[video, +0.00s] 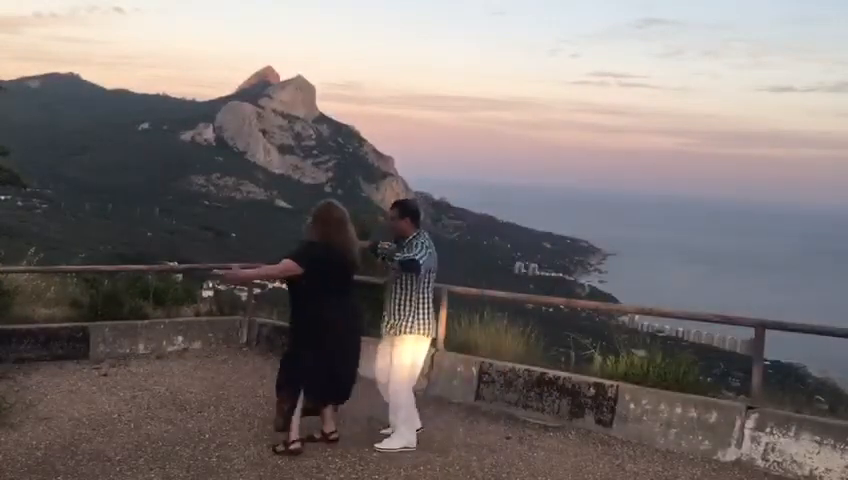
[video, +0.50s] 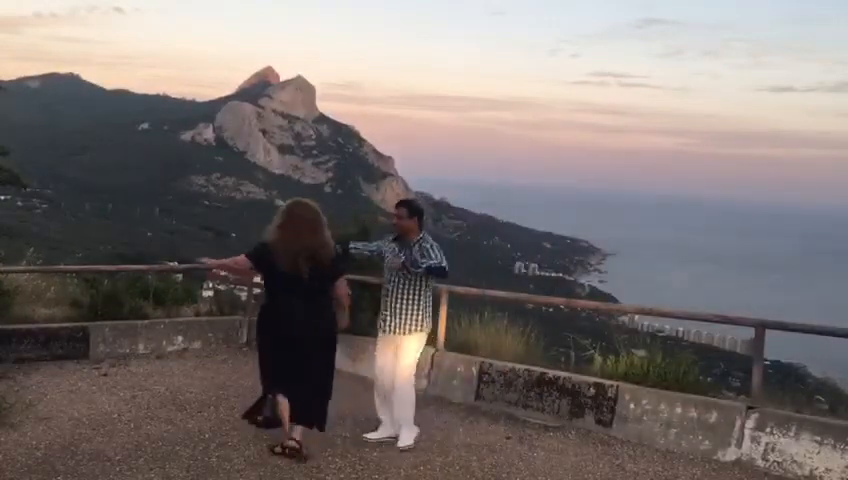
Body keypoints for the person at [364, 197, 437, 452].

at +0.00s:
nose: (390, 225)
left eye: (394, 219)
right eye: (390, 219)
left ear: (407, 221)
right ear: (404, 221)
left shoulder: (423, 244)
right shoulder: (401, 246)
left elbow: (413, 264)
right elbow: (382, 252)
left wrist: (389, 256)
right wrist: (374, 247)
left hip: (414, 327)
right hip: (394, 325)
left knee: (400, 382)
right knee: (383, 376)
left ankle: (404, 436)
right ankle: (408, 420)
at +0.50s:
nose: (394, 221)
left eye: (400, 217)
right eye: (395, 217)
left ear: (415, 220)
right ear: (397, 219)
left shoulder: (426, 245)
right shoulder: (390, 244)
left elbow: (442, 271)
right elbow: (365, 248)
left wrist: (413, 265)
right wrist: (341, 247)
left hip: (414, 325)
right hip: (388, 322)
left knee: (402, 377)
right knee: (382, 375)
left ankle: (407, 429)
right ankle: (388, 426)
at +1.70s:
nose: (417, 234)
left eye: (422, 230)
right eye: (415, 229)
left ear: (437, 228)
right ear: (413, 227)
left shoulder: (453, 245)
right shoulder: (408, 247)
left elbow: (476, 257)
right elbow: (379, 257)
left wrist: (444, 259)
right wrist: (343, 262)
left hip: (445, 327)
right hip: (412, 326)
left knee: (441, 380)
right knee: (403, 376)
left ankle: (438, 428)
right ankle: (399, 423)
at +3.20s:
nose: (447, 256)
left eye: (452, 253)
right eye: (445, 250)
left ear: (459, 248)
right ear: (437, 241)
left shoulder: (466, 255)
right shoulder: (420, 246)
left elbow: (491, 277)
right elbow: (387, 249)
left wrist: (464, 278)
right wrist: (352, 245)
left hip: (441, 330)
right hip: (411, 327)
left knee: (441, 382)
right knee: (411, 384)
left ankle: (428, 430)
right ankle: (411, 439)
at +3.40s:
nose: (459, 256)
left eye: (464, 253)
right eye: (456, 251)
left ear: (470, 251)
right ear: (447, 241)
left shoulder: (469, 260)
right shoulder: (429, 248)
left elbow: (488, 279)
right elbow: (401, 253)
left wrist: (475, 292)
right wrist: (377, 255)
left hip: (440, 330)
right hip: (411, 328)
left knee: (447, 378)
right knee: (413, 382)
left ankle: (425, 427)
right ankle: (409, 437)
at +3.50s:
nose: (465, 257)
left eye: (470, 254)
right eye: (462, 251)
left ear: (475, 252)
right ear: (454, 242)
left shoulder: (473, 264)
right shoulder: (436, 248)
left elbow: (483, 285)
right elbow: (412, 255)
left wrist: (472, 303)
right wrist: (398, 258)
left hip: (442, 332)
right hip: (413, 329)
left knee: (455, 380)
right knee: (415, 384)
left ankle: (429, 422)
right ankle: (410, 437)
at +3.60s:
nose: (473, 256)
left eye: (478, 253)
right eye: (471, 249)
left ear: (482, 251)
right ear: (461, 241)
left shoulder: (475, 268)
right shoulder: (446, 246)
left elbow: (473, 301)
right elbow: (420, 252)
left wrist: (468, 314)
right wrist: (429, 256)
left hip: (445, 334)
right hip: (418, 328)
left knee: (451, 383)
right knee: (419, 383)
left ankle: (442, 437)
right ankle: (410, 440)